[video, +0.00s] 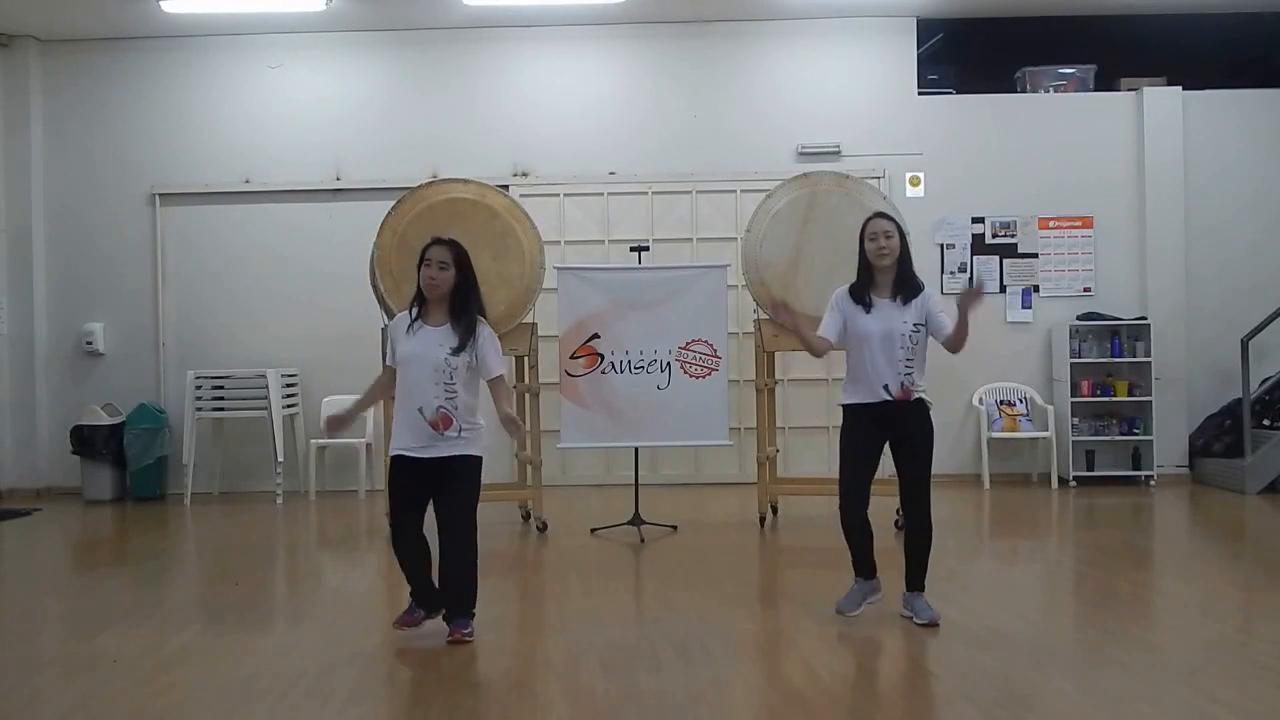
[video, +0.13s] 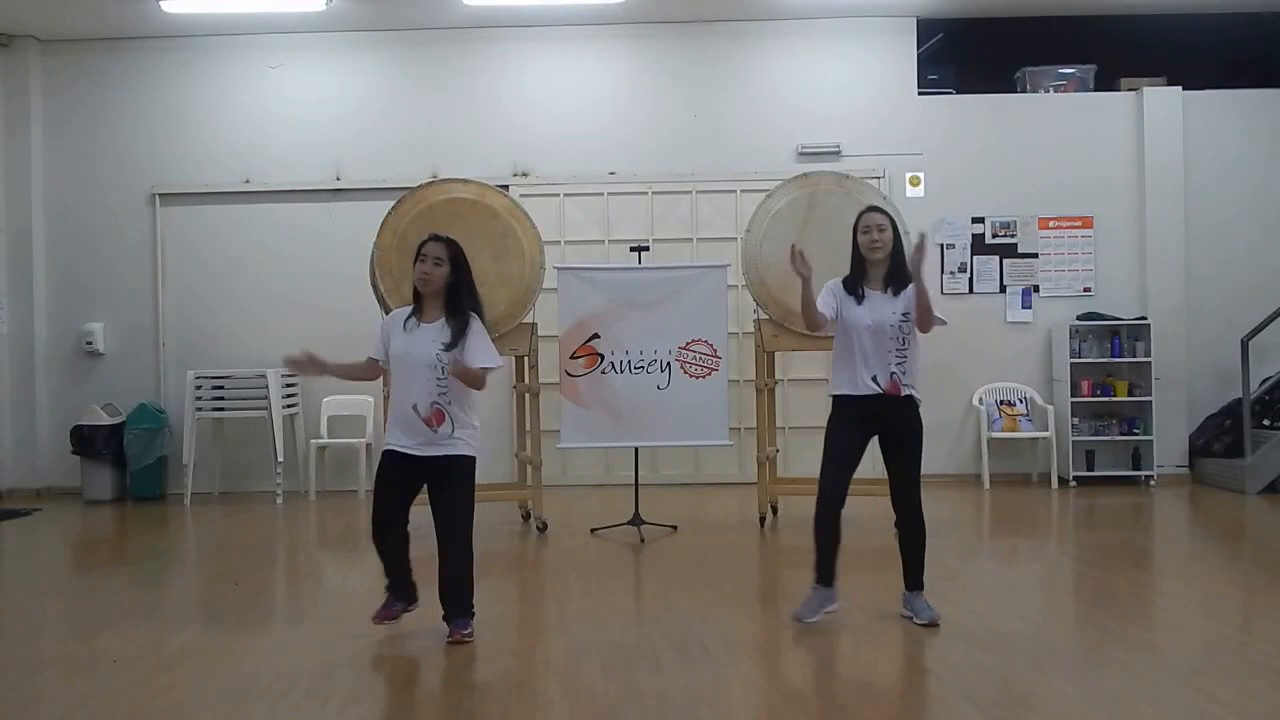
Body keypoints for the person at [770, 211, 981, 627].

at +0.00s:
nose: (881, 243)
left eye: (888, 236)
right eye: (873, 238)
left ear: (902, 243)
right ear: (862, 247)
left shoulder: (921, 295)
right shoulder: (845, 298)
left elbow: (953, 344)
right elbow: (820, 348)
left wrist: (964, 313)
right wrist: (798, 327)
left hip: (910, 413)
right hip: (860, 414)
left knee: (917, 507)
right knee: (851, 506)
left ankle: (915, 594)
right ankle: (866, 582)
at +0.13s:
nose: (874, 236)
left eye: (882, 229)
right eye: (866, 230)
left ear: (894, 237)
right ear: (855, 240)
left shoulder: (909, 288)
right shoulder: (839, 288)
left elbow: (925, 325)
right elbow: (814, 326)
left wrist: (919, 275)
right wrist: (806, 281)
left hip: (900, 407)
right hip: (850, 406)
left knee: (908, 504)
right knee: (828, 500)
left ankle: (915, 594)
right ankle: (823, 589)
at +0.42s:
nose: (846, 243)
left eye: (854, 237)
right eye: (838, 237)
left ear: (864, 247)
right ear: (825, 245)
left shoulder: (874, 303)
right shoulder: (800, 293)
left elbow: (890, 362)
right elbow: (777, 349)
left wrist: (874, 338)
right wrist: (797, 331)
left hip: (841, 413)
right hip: (794, 409)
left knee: (873, 507)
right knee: (790, 508)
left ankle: (894, 591)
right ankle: (777, 597)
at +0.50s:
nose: (842, 241)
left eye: (849, 235)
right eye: (834, 234)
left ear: (859, 247)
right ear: (819, 244)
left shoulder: (866, 305)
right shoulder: (793, 293)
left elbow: (887, 365)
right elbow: (758, 343)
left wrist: (902, 344)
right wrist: (761, 335)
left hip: (834, 414)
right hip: (788, 412)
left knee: (859, 506)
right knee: (789, 506)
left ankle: (862, 584)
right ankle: (777, 597)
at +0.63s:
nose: (836, 234)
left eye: (843, 229)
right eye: (827, 228)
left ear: (852, 241)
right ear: (812, 239)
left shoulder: (859, 297)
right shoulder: (788, 288)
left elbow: (866, 347)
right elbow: (752, 327)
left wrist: (910, 351)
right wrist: (730, 336)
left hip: (834, 413)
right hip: (789, 410)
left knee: (826, 514)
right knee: (790, 506)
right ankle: (777, 595)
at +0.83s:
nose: (835, 245)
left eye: (841, 239)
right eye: (827, 238)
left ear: (849, 249)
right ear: (810, 247)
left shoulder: (850, 304)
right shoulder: (789, 295)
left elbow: (879, 357)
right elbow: (766, 347)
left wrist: (923, 336)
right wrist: (765, 306)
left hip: (834, 417)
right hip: (793, 415)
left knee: (859, 512)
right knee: (796, 508)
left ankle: (808, 571)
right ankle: (777, 595)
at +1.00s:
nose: (852, 234)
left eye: (855, 228)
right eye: (843, 228)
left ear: (859, 240)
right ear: (823, 237)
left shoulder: (865, 293)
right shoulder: (806, 281)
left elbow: (913, 307)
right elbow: (818, 292)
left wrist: (927, 260)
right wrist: (836, 257)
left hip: (852, 407)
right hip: (811, 408)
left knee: (897, 491)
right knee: (803, 503)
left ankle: (896, 586)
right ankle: (779, 596)